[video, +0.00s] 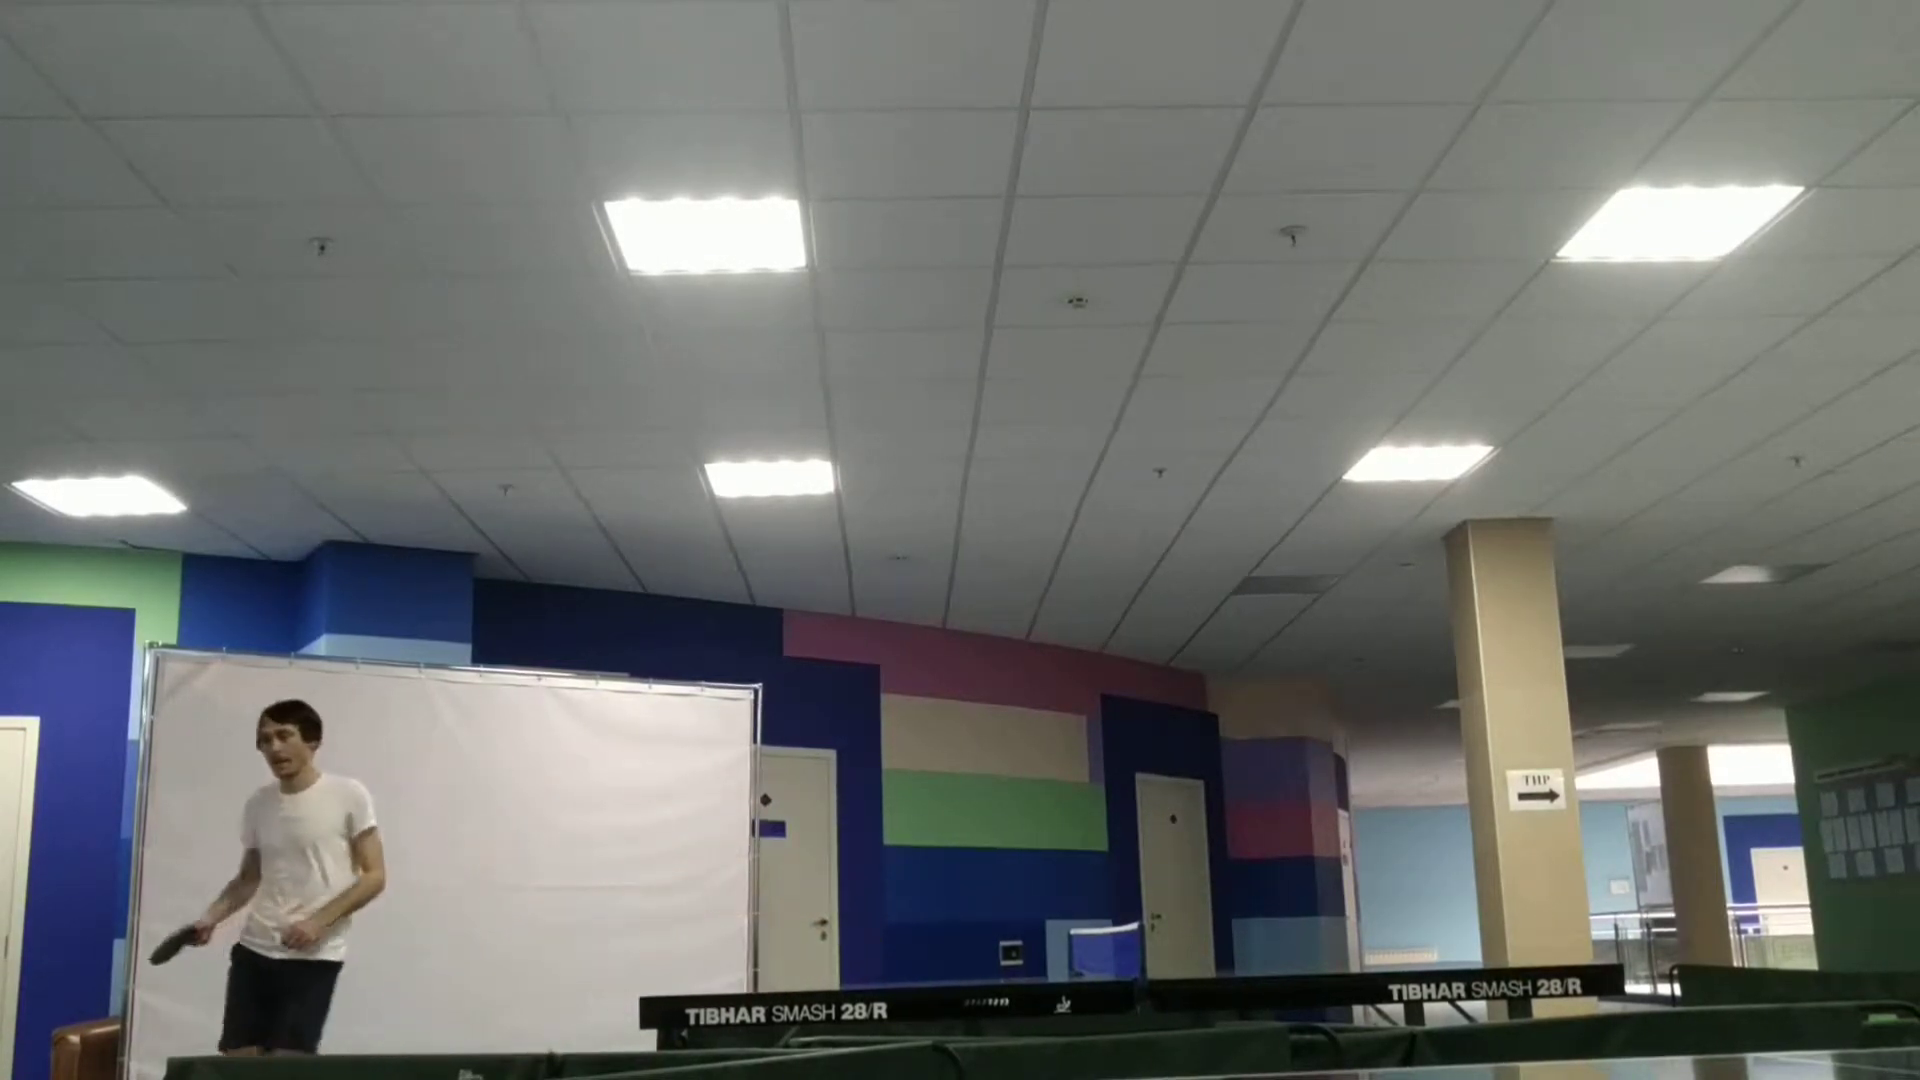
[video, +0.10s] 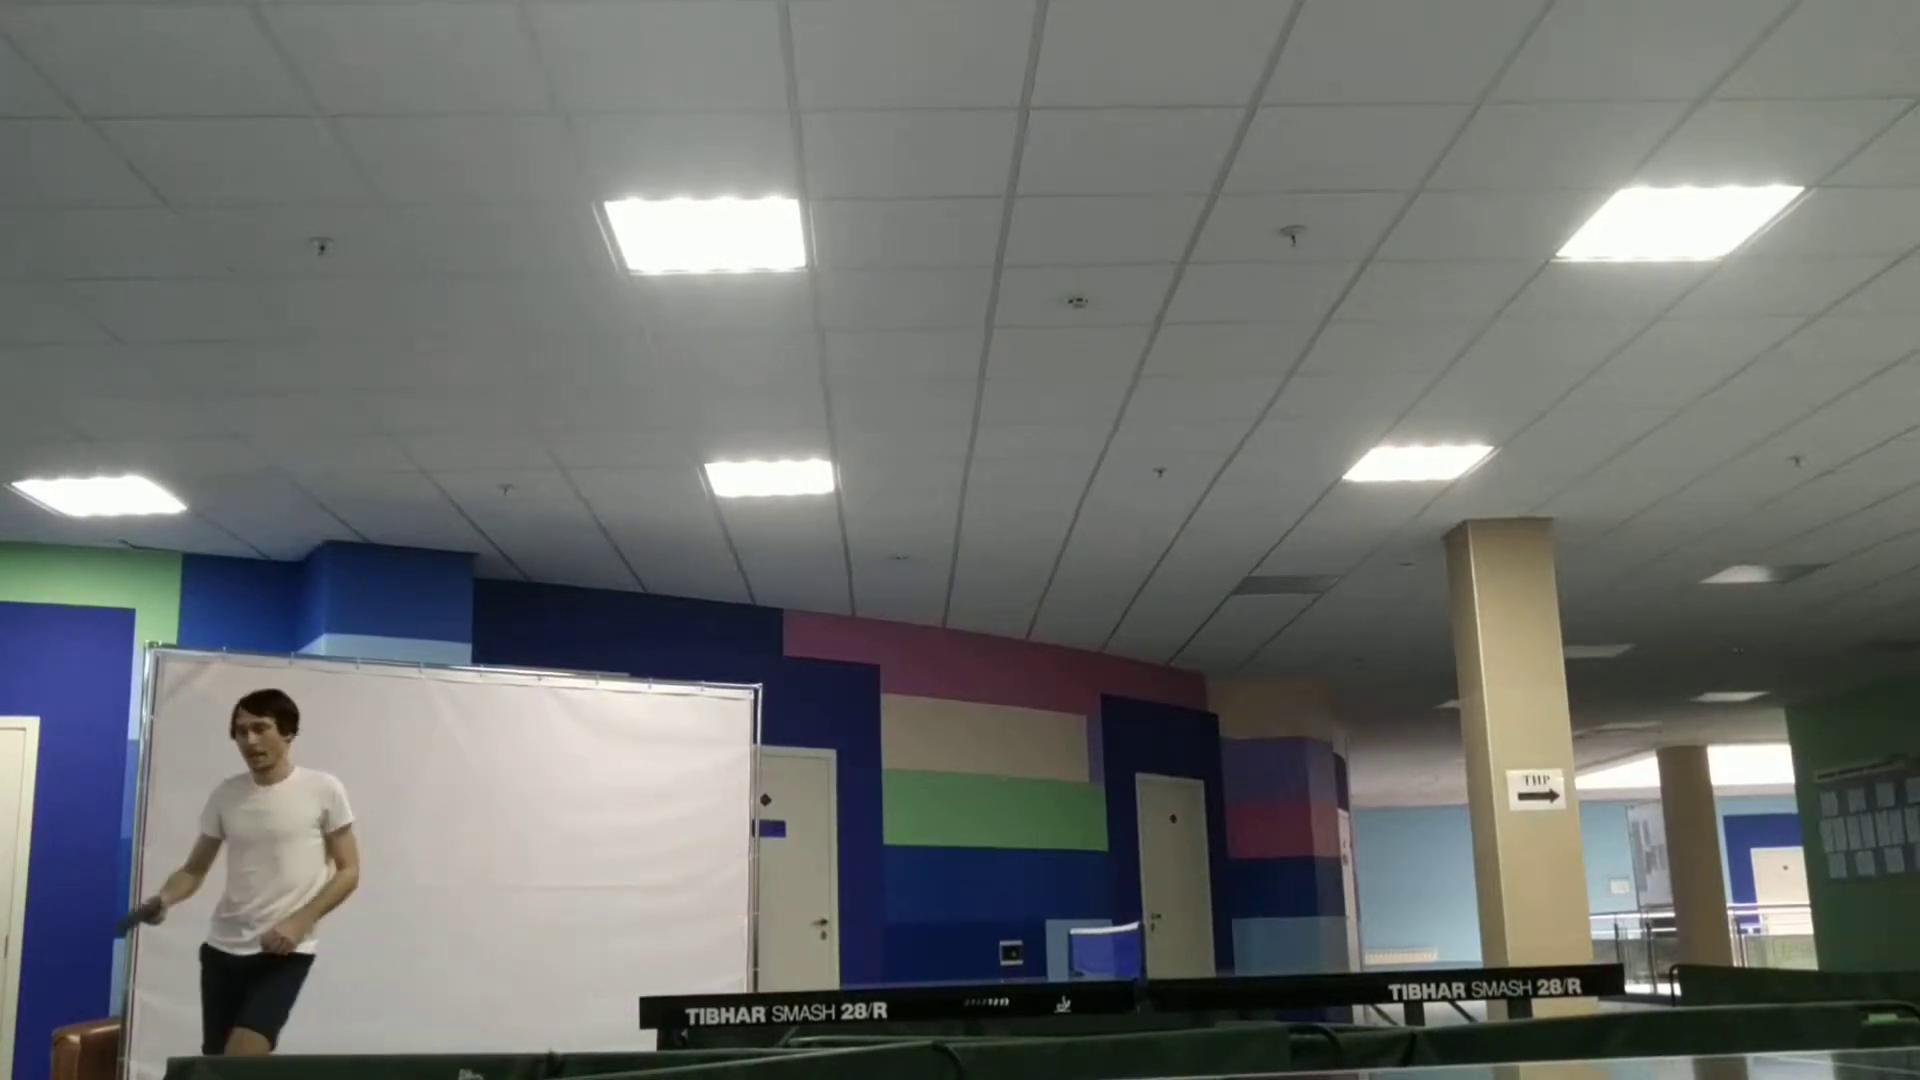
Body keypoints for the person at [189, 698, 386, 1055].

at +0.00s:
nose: (275, 748)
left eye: (284, 737)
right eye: (266, 741)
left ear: (312, 742)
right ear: (260, 749)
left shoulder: (349, 796)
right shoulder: (259, 804)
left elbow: (374, 878)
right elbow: (249, 877)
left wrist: (318, 923)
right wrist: (210, 919)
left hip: (313, 959)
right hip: (254, 953)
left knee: (288, 1062)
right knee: (239, 1059)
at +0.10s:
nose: (250, 741)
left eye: (260, 729)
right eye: (241, 732)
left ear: (288, 733)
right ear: (234, 740)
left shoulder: (324, 791)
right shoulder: (226, 795)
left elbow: (349, 873)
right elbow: (195, 868)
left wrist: (298, 924)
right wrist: (163, 899)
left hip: (284, 955)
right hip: (224, 953)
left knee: (240, 1061)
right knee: (218, 1067)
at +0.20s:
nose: (225, 746)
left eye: (236, 734)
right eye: (216, 736)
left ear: (263, 738)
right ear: (207, 742)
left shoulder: (296, 798)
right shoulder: (195, 797)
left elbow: (320, 881)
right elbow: (146, 867)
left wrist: (275, 936)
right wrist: (124, 888)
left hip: (248, 968)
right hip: (189, 963)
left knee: (210, 1069)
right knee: (195, 1070)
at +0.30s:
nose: (197, 747)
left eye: (209, 735)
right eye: (188, 737)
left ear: (235, 738)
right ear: (179, 742)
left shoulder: (269, 801)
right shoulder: (163, 796)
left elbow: (288, 888)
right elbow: (112, 866)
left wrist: (244, 946)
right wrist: (90, 886)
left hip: (212, 968)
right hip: (151, 965)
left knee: (161, 1071)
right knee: (162, 1073)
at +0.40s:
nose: (167, 740)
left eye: (178, 728)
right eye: (158, 730)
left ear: (206, 730)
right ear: (149, 734)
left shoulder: (241, 795)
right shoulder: (133, 786)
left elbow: (258, 886)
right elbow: (84, 867)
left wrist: (209, 944)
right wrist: (61, 897)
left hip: (181, 967)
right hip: (118, 964)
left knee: (130, 1072)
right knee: (111, 1072)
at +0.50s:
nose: (136, 727)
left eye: (147, 715)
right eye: (125, 717)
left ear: (175, 717)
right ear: (115, 722)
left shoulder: (213, 781)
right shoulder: (101, 777)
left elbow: (233, 876)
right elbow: (69, 862)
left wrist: (177, 931)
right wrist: (40, 905)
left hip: (159, 962)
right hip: (90, 956)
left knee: (116, 1072)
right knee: (55, 1071)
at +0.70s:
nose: (81, 718)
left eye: (92, 704)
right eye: (66, 708)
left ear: (114, 705)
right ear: (51, 717)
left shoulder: (156, 770)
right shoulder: (39, 778)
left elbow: (191, 867)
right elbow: (29, 871)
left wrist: (122, 907)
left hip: (112, 975)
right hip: (29, 967)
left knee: (104, 1075)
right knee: (7, 1071)